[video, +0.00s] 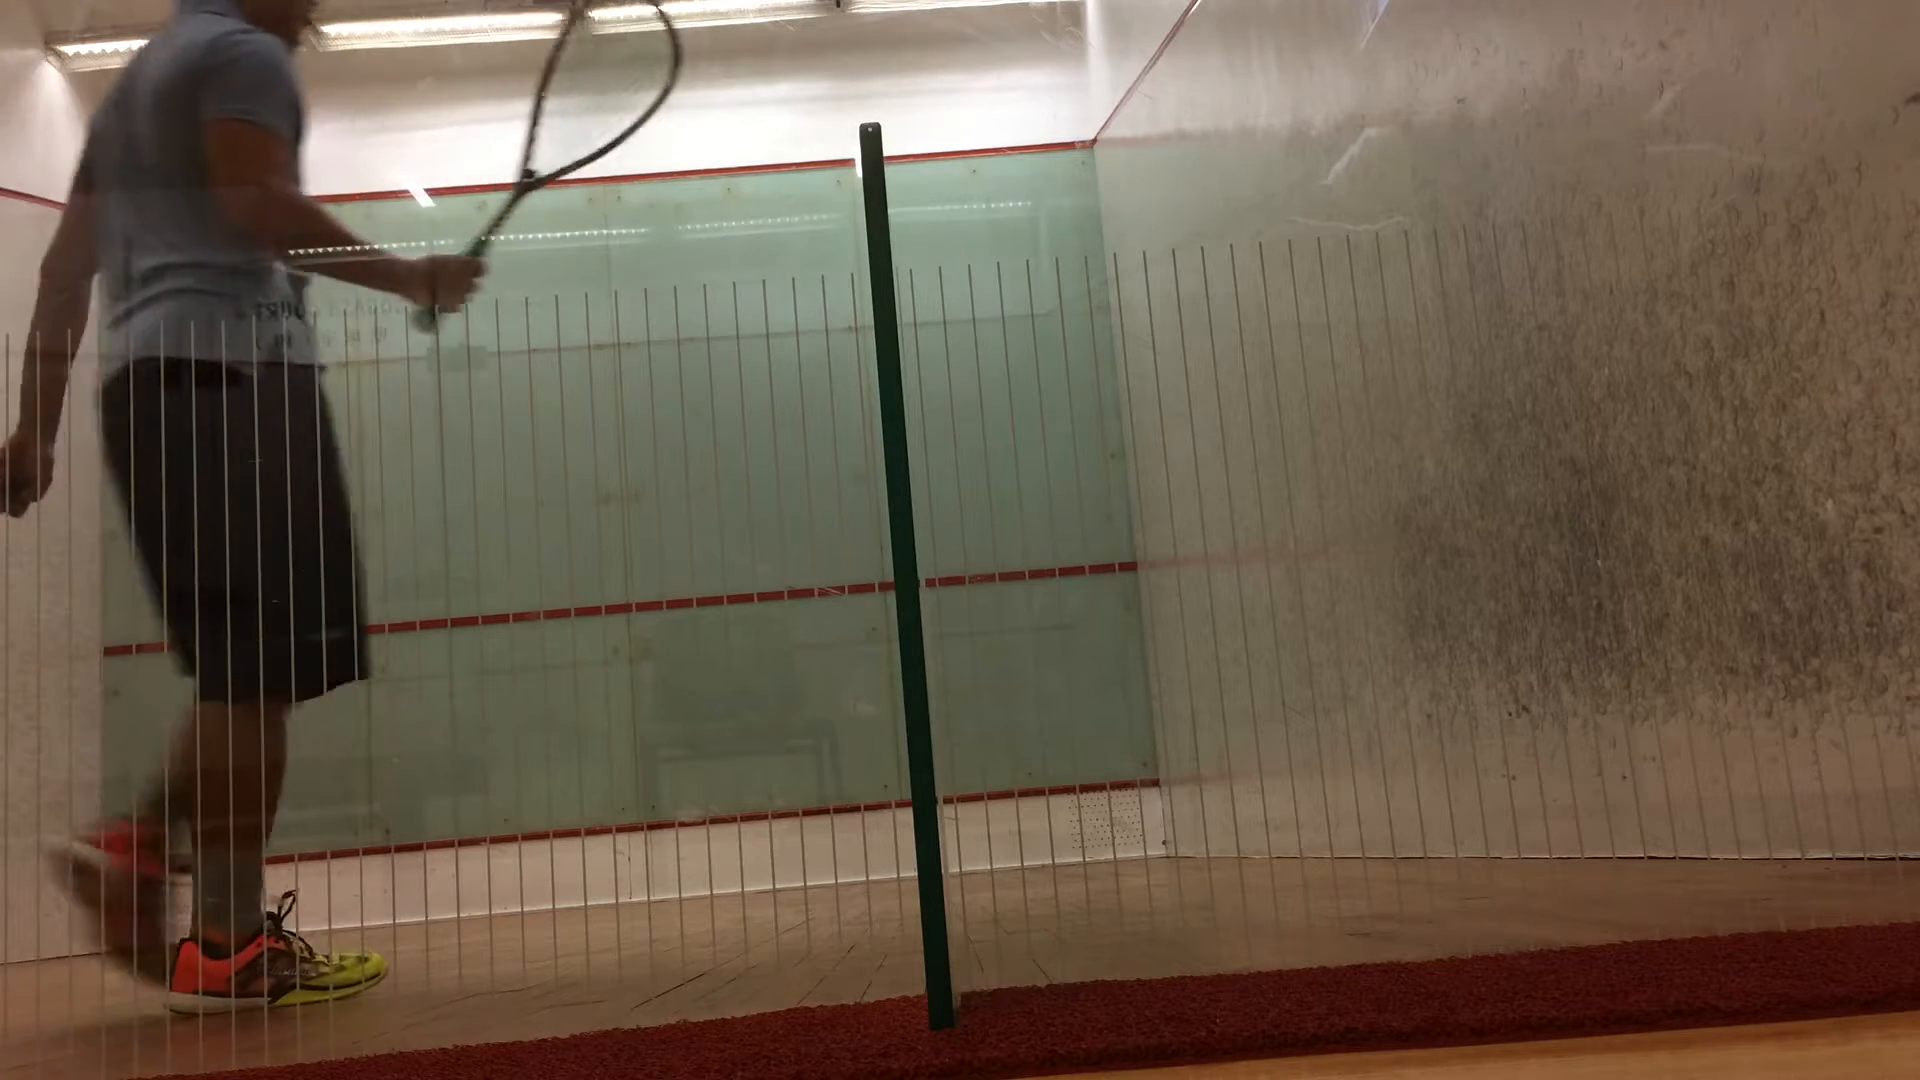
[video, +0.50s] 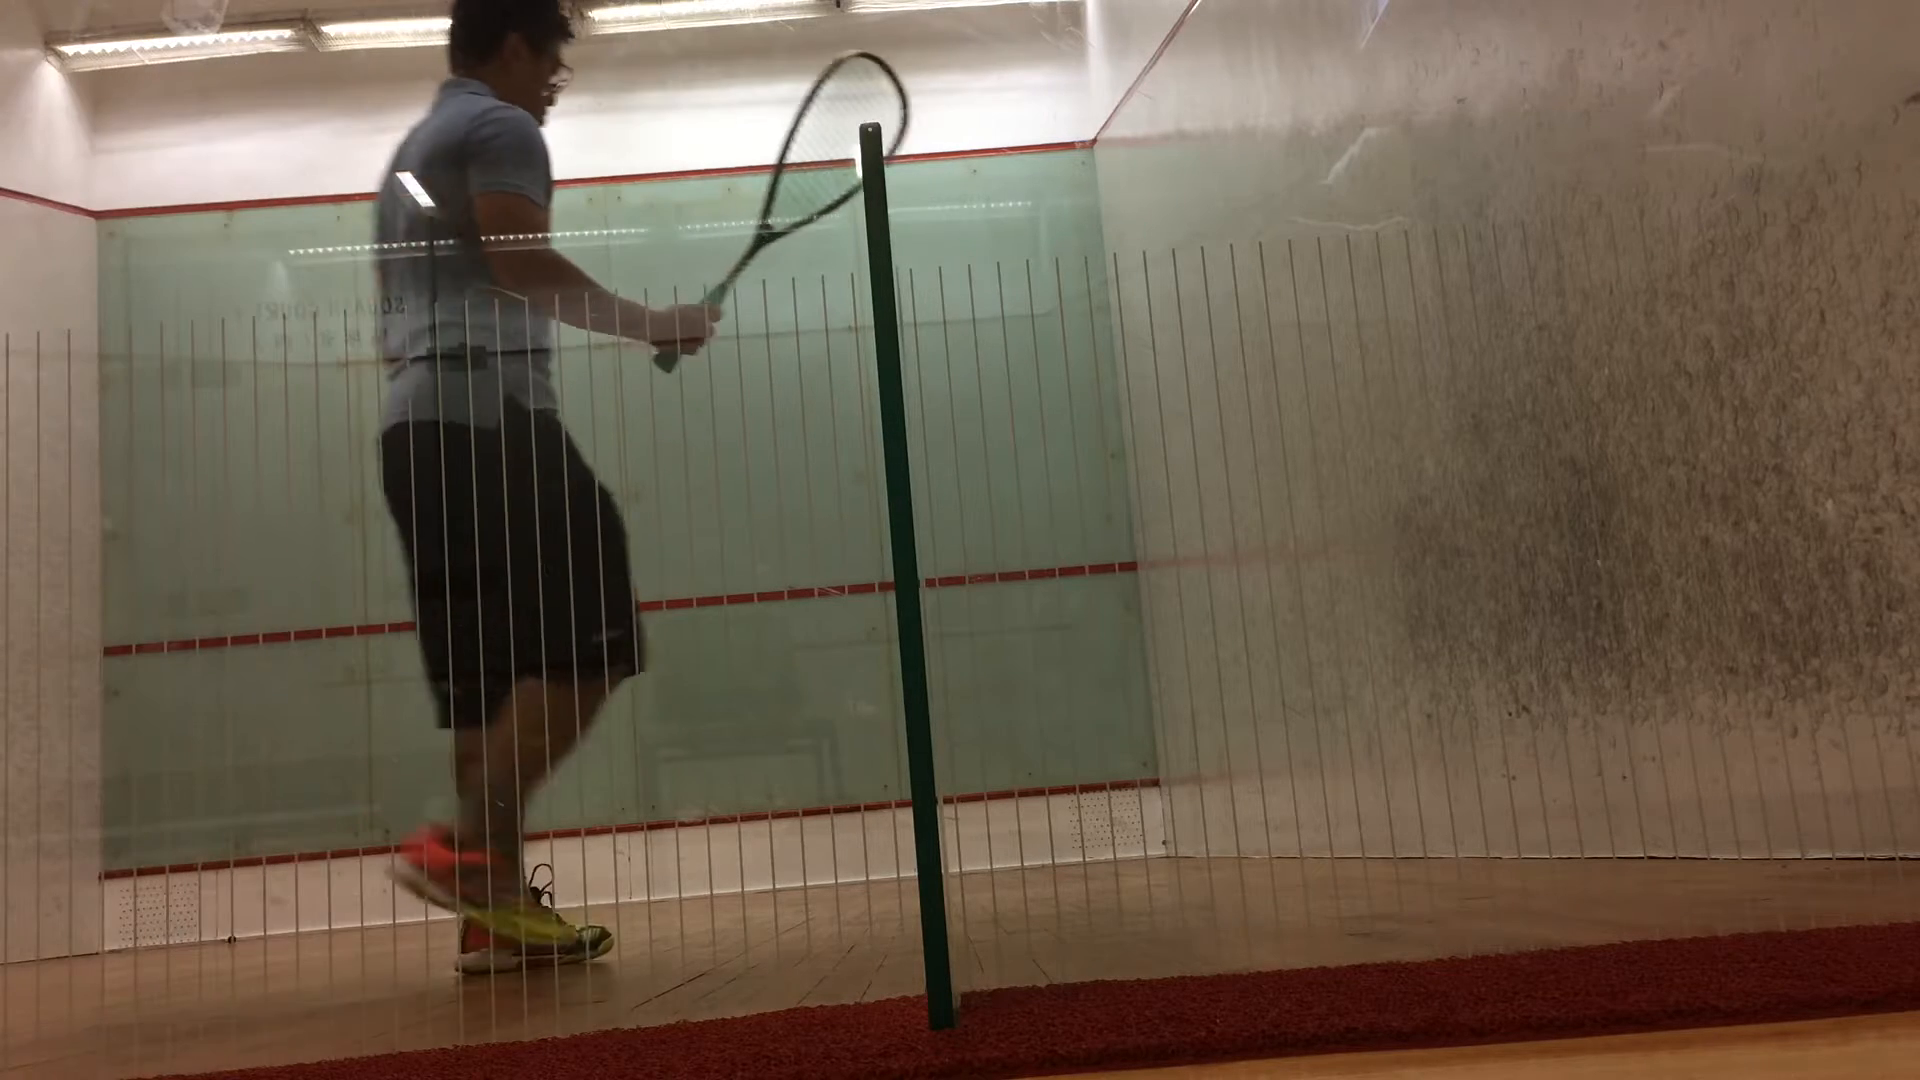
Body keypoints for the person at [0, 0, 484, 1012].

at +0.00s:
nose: (316, 19)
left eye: (317, 10)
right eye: (314, 7)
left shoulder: (133, 81)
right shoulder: (246, 53)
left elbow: (69, 262)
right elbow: (258, 206)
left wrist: (35, 425)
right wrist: (410, 277)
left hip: (150, 386)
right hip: (231, 378)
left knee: (244, 654)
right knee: (273, 650)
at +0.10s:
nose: (368, 17)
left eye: (368, 6)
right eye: (364, 4)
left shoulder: (193, 95)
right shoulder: (314, 66)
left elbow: (108, 260)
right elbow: (337, 214)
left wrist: (52, 423)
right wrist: (482, 288)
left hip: (221, 393)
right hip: (281, 390)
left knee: (361, 645)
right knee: (283, 655)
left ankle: (329, 905)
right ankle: (227, 941)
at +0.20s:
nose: (414, 33)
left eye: (413, 18)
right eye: (406, 16)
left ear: (309, 17)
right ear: (368, 12)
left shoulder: (249, 123)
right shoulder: (371, 84)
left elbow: (171, 286)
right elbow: (399, 218)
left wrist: (110, 437)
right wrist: (534, 300)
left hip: (273, 409)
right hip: (342, 406)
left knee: (390, 672)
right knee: (316, 672)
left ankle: (471, 903)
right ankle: (230, 937)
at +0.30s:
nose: (470, 62)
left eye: (470, 40)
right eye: (461, 38)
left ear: (371, 36)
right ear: (416, 31)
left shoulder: (300, 149)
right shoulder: (423, 111)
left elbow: (244, 327)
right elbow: (462, 250)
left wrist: (204, 474)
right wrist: (585, 316)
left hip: (322, 427)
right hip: (399, 421)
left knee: (431, 680)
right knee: (381, 683)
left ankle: (496, 906)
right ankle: (253, 910)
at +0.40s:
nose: (517, 66)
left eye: (517, 46)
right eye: (509, 44)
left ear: (430, 43)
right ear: (466, 38)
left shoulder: (349, 161)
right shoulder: (466, 117)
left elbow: (328, 333)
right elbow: (483, 251)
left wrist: (330, 476)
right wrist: (612, 316)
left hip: (367, 433)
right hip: (452, 422)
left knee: (452, 676)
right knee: (517, 659)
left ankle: (501, 912)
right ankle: (342, 844)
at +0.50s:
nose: (561, 68)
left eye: (562, 48)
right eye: (555, 47)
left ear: (480, 44)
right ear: (513, 44)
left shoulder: (421, 140)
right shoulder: (501, 126)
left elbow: (408, 308)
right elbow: (518, 259)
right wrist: (650, 322)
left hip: (425, 429)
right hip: (491, 423)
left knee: (485, 665)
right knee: (601, 640)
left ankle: (499, 910)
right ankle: (461, 839)